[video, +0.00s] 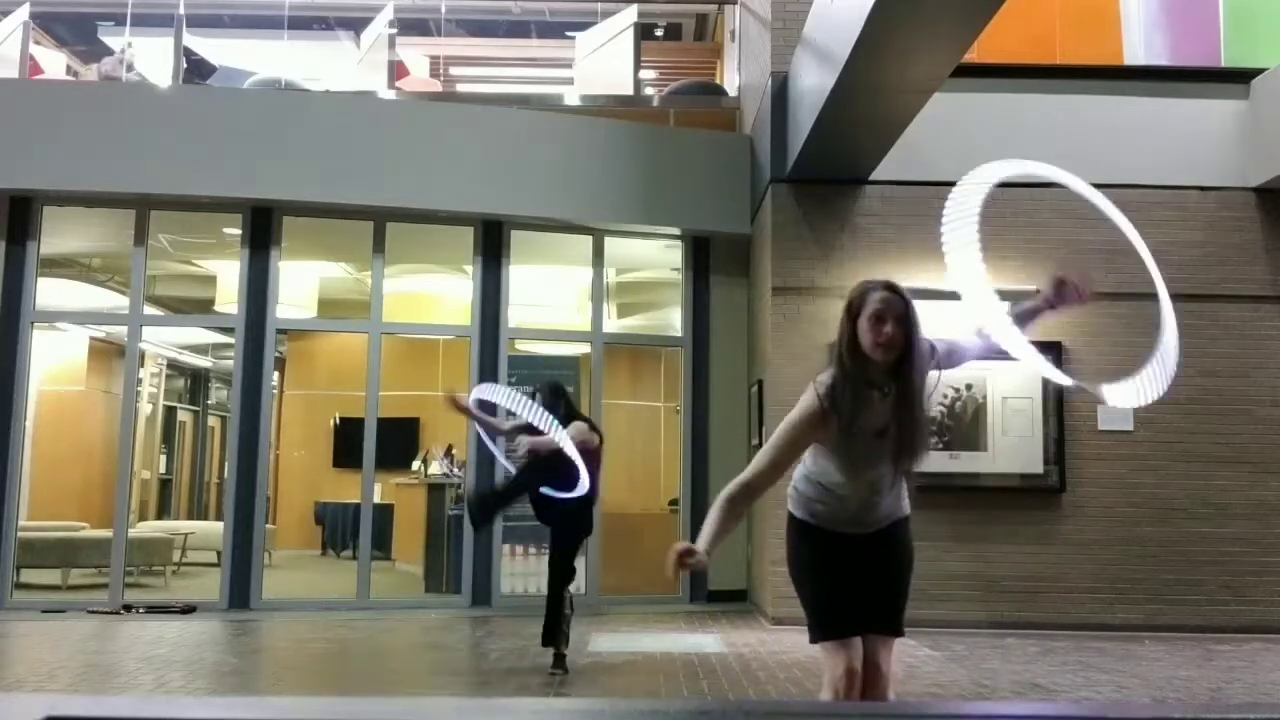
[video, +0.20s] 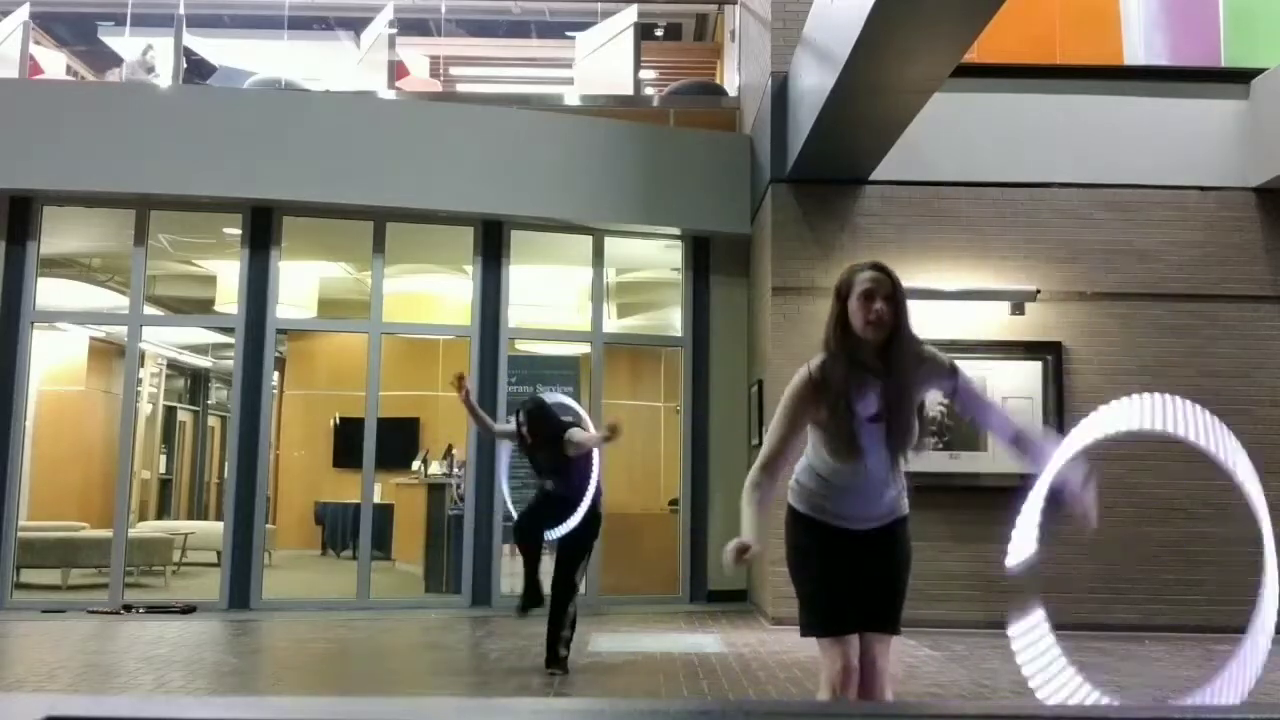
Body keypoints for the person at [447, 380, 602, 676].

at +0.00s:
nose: (537, 408)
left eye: (541, 402)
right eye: (537, 403)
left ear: (555, 403)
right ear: (547, 405)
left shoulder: (581, 427)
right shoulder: (541, 428)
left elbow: (561, 441)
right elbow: (503, 427)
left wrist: (530, 442)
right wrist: (469, 411)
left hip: (574, 515)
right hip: (547, 507)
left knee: (559, 583)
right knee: (539, 462)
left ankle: (559, 651)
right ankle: (484, 509)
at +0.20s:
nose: (526, 435)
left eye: (531, 430)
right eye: (524, 429)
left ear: (545, 428)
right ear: (523, 426)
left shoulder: (568, 436)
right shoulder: (523, 434)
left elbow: (584, 439)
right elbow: (492, 430)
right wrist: (468, 402)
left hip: (582, 505)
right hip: (552, 497)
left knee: (564, 581)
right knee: (526, 527)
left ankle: (557, 654)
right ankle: (532, 589)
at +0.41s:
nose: (518, 423)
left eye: (521, 416)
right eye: (516, 417)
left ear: (535, 414)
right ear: (523, 417)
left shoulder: (570, 430)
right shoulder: (535, 443)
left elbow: (611, 442)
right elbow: (507, 468)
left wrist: (652, 457)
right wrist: (474, 472)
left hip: (583, 507)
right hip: (555, 505)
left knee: (554, 576)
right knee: (525, 578)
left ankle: (560, 655)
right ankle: (548, 635)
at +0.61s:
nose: (528, 412)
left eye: (533, 406)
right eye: (525, 406)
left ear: (545, 403)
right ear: (523, 405)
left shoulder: (575, 421)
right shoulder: (524, 436)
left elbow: (618, 433)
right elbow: (518, 481)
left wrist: (665, 441)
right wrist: (537, 496)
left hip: (577, 506)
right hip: (548, 510)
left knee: (520, 537)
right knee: (539, 590)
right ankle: (553, 654)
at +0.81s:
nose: (544, 380)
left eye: (550, 373)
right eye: (540, 375)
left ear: (562, 374)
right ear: (535, 377)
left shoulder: (582, 399)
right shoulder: (536, 410)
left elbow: (628, 418)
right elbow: (530, 456)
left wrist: (672, 428)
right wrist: (550, 468)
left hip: (579, 487)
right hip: (550, 490)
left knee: (524, 523)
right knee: (555, 571)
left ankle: (591, 543)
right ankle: (561, 650)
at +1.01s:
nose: (559, 378)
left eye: (565, 372)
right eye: (555, 373)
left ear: (575, 376)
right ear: (549, 376)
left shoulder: (591, 405)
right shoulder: (547, 412)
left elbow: (630, 431)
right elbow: (537, 459)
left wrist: (671, 454)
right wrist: (537, 434)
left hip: (583, 498)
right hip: (552, 498)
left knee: (571, 573)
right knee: (556, 576)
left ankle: (574, 653)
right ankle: (561, 652)